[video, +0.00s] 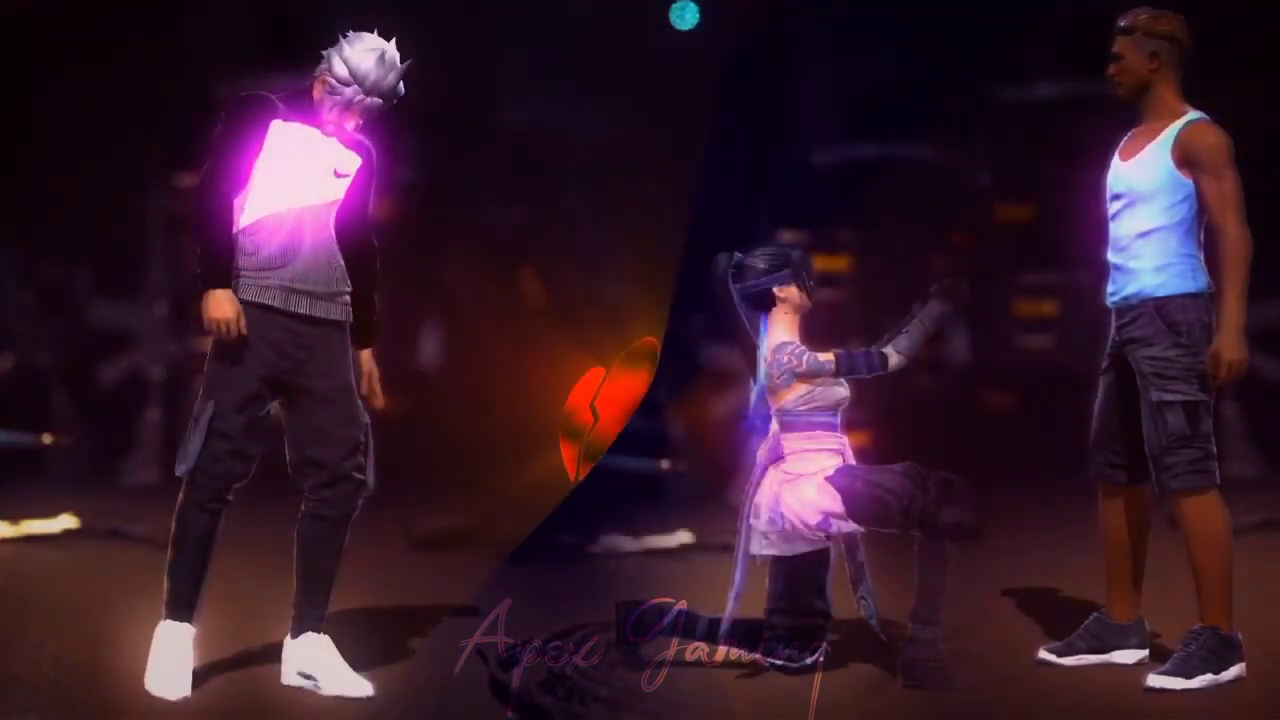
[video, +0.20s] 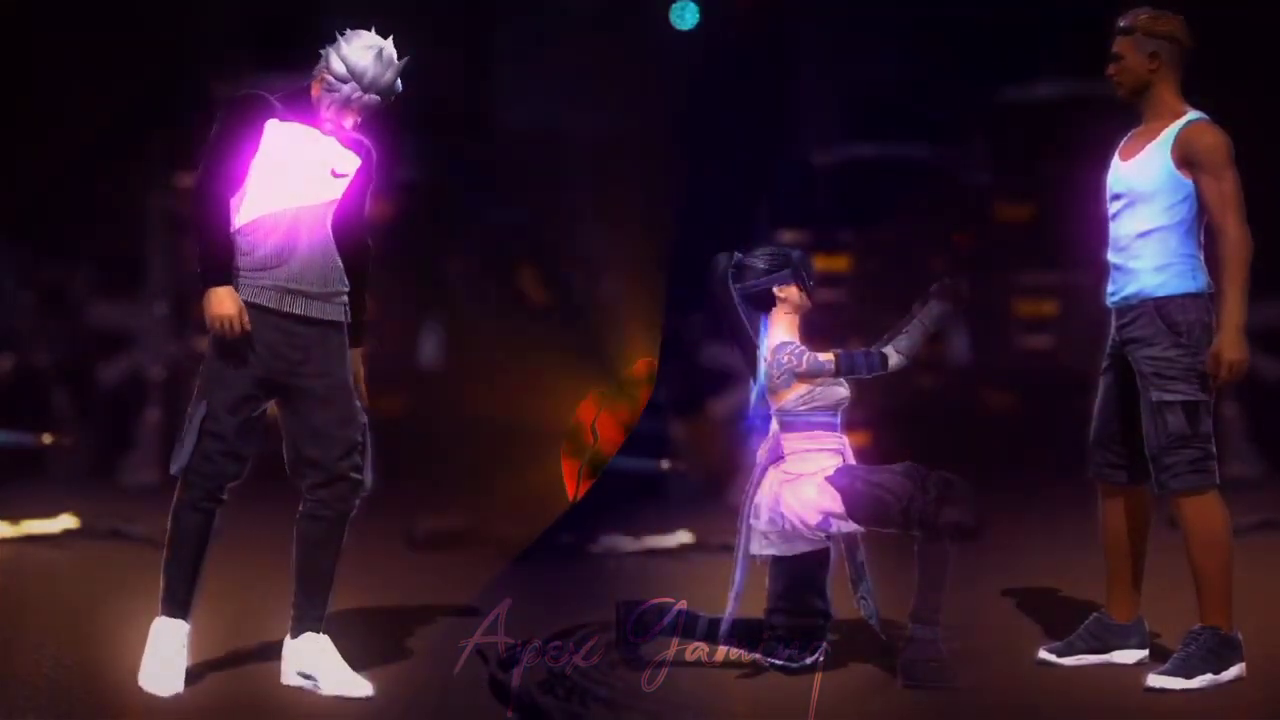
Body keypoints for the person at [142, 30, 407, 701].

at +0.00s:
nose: (352, 119)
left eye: (366, 110)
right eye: (347, 101)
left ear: (377, 107)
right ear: (323, 82)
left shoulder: (370, 153)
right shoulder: (258, 118)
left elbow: (367, 251)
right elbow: (214, 197)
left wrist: (365, 342)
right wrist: (216, 282)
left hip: (329, 335)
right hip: (253, 321)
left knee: (338, 480)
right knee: (214, 472)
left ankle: (307, 638)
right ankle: (177, 627)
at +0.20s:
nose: (348, 116)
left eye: (362, 108)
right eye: (341, 98)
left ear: (375, 107)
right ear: (319, 82)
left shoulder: (369, 157)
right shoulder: (257, 122)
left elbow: (361, 255)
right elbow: (213, 197)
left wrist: (353, 345)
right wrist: (217, 279)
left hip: (325, 333)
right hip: (250, 319)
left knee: (334, 479)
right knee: (208, 473)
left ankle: (307, 637)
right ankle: (172, 625)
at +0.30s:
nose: (344, 115)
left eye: (359, 107)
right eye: (338, 96)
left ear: (372, 107)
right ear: (315, 81)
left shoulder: (364, 154)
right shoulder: (251, 118)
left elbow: (358, 227)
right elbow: (208, 198)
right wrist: (218, 277)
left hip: (319, 331)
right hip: (244, 318)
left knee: (333, 478)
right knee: (203, 471)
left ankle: (306, 637)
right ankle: (169, 623)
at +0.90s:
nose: (340, 111)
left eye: (354, 102)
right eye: (333, 94)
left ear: (365, 98)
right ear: (308, 78)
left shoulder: (362, 150)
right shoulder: (236, 115)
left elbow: (344, 241)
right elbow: (189, 197)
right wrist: (210, 269)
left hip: (307, 329)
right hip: (227, 319)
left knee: (321, 477)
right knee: (188, 470)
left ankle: (304, 639)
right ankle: (161, 623)